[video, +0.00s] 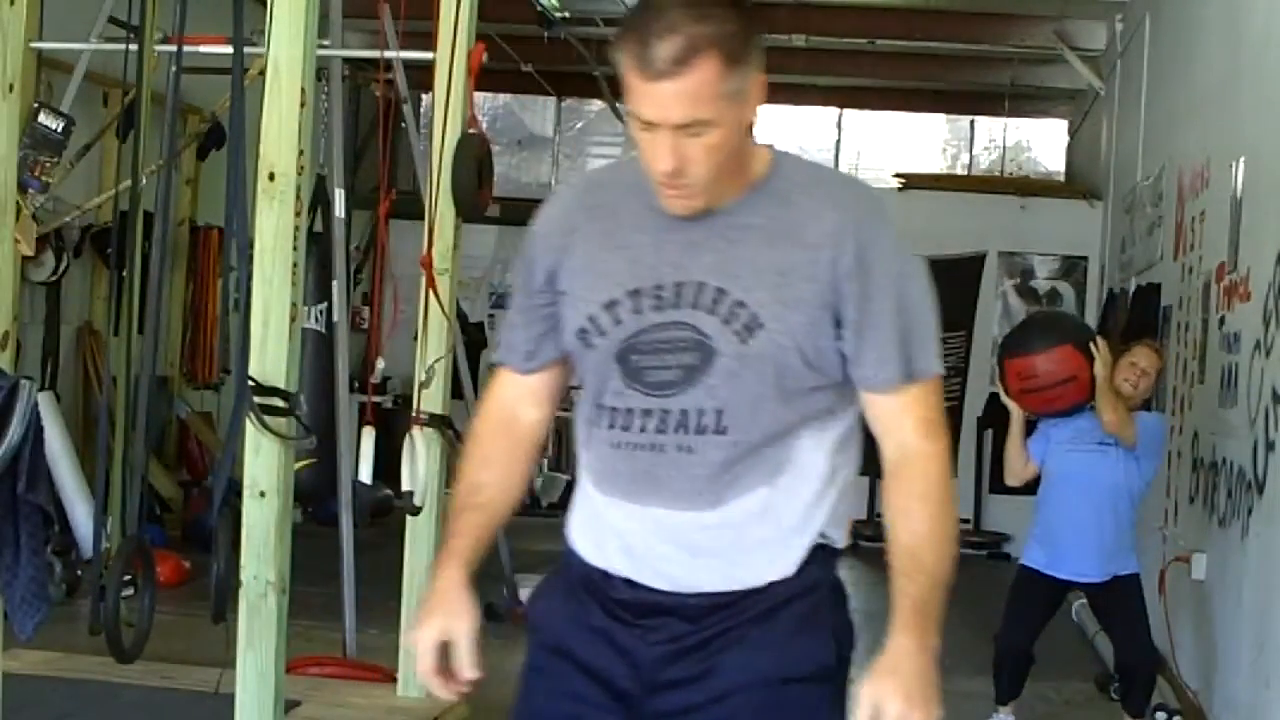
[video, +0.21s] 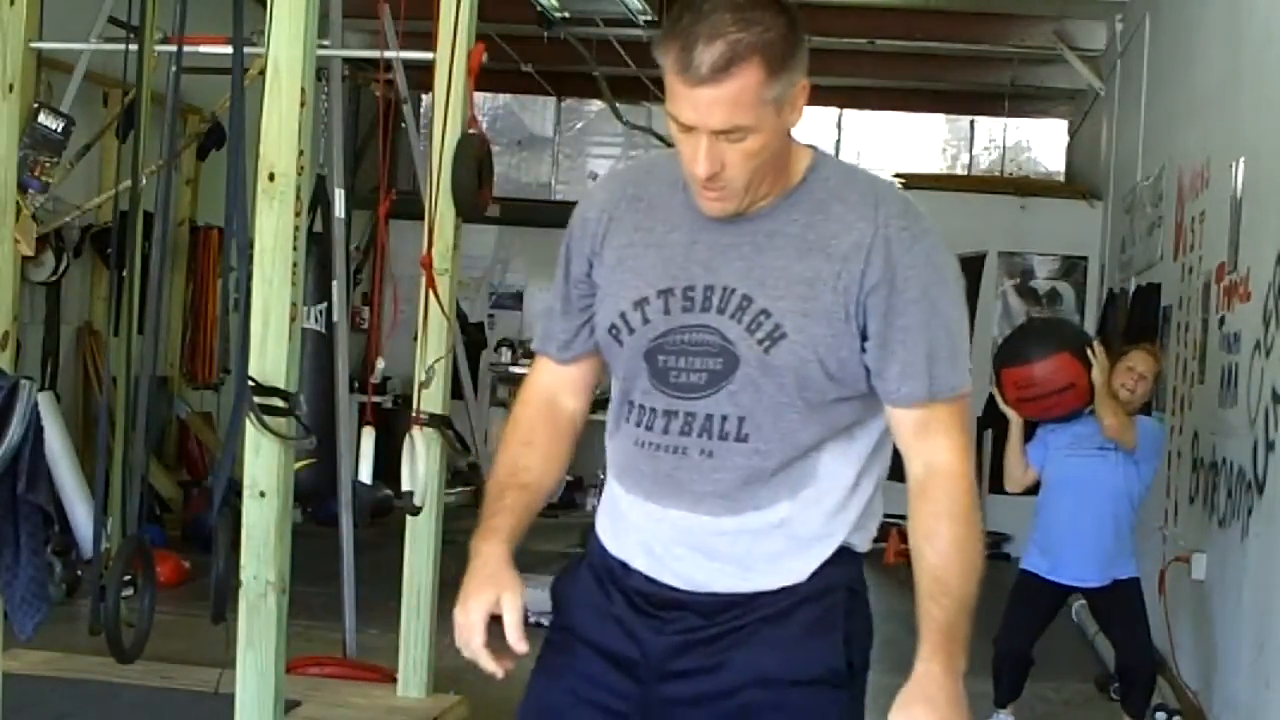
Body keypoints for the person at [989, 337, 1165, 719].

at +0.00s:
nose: (1137, 376)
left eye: (1148, 374)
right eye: (1132, 365)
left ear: (1153, 387)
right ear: (1112, 365)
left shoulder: (1152, 426)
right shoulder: (1058, 424)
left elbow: (1113, 421)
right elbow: (1015, 476)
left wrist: (1103, 377)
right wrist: (1017, 414)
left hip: (1113, 567)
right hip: (1046, 561)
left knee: (1140, 657)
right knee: (1012, 643)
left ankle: (1135, 712)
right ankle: (1005, 708)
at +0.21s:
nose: (1134, 381)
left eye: (1145, 378)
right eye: (1128, 370)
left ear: (1151, 391)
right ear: (1109, 370)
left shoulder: (1150, 431)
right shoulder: (1058, 430)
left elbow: (1114, 427)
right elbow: (1015, 481)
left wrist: (1101, 385)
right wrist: (1016, 421)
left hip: (1112, 571)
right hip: (1046, 566)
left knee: (1139, 658)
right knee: (1010, 648)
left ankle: (1135, 712)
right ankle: (1004, 710)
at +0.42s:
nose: (1137, 369)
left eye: (1146, 365)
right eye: (1130, 358)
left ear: (1153, 375)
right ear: (1107, 360)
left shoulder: (1152, 419)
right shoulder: (1059, 416)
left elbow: (1124, 406)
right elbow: (1009, 460)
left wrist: (1103, 364)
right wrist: (1012, 398)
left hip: (1112, 561)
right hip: (1045, 555)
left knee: (1136, 655)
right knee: (1011, 644)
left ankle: (1136, 711)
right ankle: (1003, 708)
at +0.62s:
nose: (1128, 334)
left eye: (1135, 329)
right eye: (1123, 325)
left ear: (1141, 339)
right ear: (1105, 329)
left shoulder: (1144, 386)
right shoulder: (1058, 374)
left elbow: (1149, 333)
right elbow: (1002, 381)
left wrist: (1115, 293)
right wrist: (1017, 322)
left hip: (1107, 524)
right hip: (1045, 518)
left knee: (1119, 627)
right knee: (1024, 616)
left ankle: (1133, 712)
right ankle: (1004, 710)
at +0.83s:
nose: (1118, 321)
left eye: (1128, 317)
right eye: (1111, 313)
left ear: (1137, 328)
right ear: (1093, 319)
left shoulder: (1141, 371)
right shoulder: (1058, 365)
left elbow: (1151, 301)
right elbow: (1012, 321)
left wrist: (1125, 239)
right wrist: (1025, 259)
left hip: (1112, 515)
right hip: (1048, 512)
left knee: (1117, 620)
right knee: (1031, 612)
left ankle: (1132, 716)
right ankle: (1004, 712)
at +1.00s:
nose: (1109, 322)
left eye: (1119, 317)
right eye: (1102, 314)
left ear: (1131, 328)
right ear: (1086, 321)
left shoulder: (1139, 369)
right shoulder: (1056, 366)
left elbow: (1146, 298)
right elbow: (1025, 308)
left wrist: (1127, 227)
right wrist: (1029, 243)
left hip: (1116, 515)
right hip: (1051, 512)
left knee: (1118, 622)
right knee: (1033, 614)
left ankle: (1132, 716)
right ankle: (1005, 712)